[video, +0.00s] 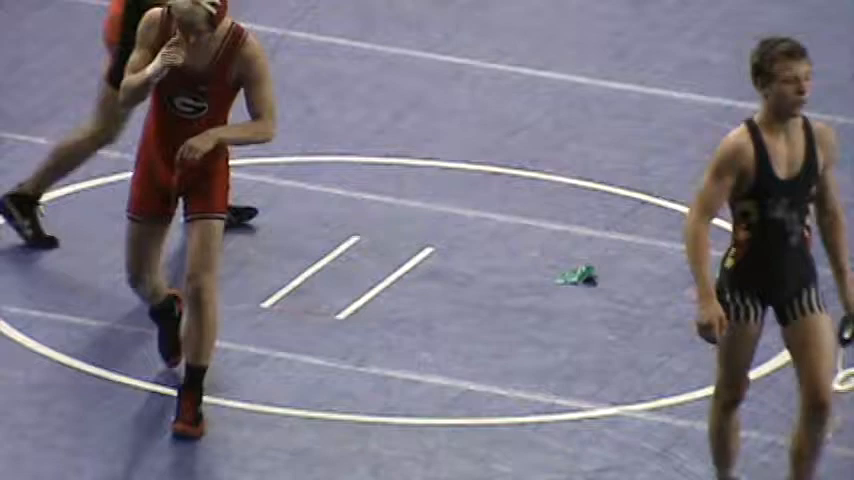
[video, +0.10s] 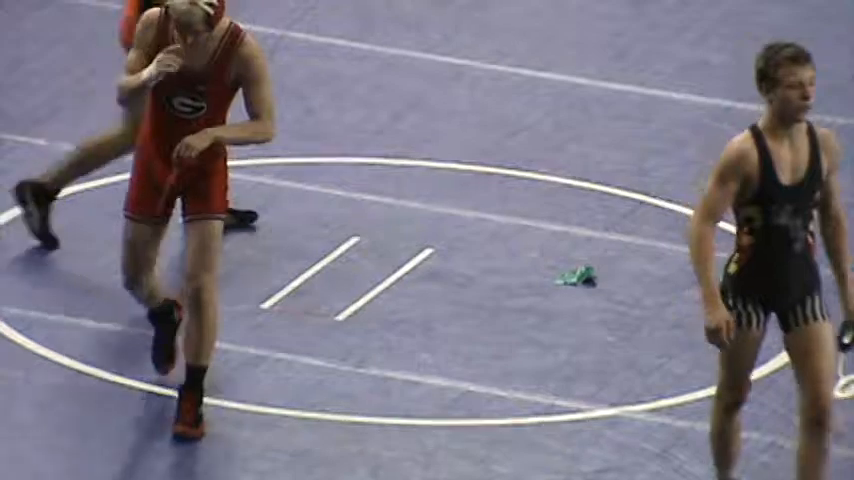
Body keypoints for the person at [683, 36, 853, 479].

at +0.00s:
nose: (802, 88)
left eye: (806, 79)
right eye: (790, 81)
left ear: (810, 80)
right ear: (763, 85)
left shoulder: (821, 138)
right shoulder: (739, 146)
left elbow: (830, 212)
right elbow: (698, 219)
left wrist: (845, 284)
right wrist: (705, 297)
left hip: (799, 275)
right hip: (746, 278)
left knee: (820, 398)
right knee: (730, 394)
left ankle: (802, 475)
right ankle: (725, 474)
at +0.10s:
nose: (807, 94)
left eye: (810, 84)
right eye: (795, 86)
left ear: (814, 85)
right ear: (768, 90)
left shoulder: (824, 144)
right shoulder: (743, 151)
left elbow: (833, 218)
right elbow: (703, 224)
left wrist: (846, 293)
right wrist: (711, 302)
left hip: (803, 281)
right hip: (749, 283)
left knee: (820, 409)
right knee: (731, 398)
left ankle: (811, 476)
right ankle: (724, 474)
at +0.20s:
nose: (821, 110)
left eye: (825, 100)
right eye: (810, 102)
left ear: (831, 103)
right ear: (783, 108)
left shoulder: (837, 162)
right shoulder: (758, 168)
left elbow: (843, 239)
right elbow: (717, 242)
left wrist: (849, 308)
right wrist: (729, 318)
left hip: (815, 303)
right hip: (762, 302)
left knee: (822, 432)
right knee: (742, 410)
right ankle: (727, 477)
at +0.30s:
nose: (840, 162)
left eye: (844, 152)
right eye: (829, 153)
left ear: (848, 154)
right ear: (801, 157)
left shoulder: (845, 210)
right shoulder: (774, 218)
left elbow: (844, 277)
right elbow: (737, 294)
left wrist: (845, 313)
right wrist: (744, 377)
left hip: (831, 346)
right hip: (781, 350)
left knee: (837, 469)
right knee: (765, 468)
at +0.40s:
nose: (850, 176)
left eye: (852, 166)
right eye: (839, 167)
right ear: (812, 171)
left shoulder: (848, 222)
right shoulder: (785, 231)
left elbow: (846, 296)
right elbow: (749, 305)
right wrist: (750, 390)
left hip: (843, 367)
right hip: (793, 371)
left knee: (843, 470)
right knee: (790, 471)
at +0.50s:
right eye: (850, 184)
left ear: (850, 188)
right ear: (825, 187)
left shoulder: (849, 246)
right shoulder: (797, 251)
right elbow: (758, 321)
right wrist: (756, 404)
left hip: (850, 389)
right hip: (809, 390)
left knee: (843, 472)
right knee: (815, 472)